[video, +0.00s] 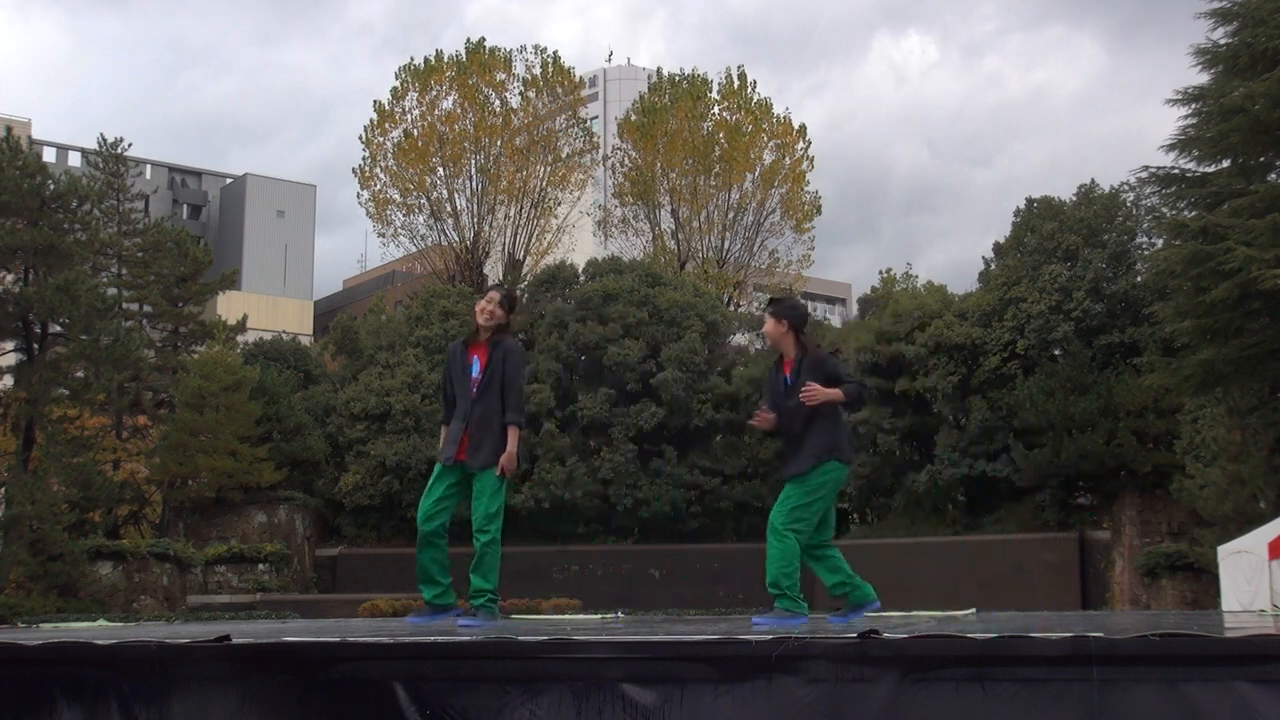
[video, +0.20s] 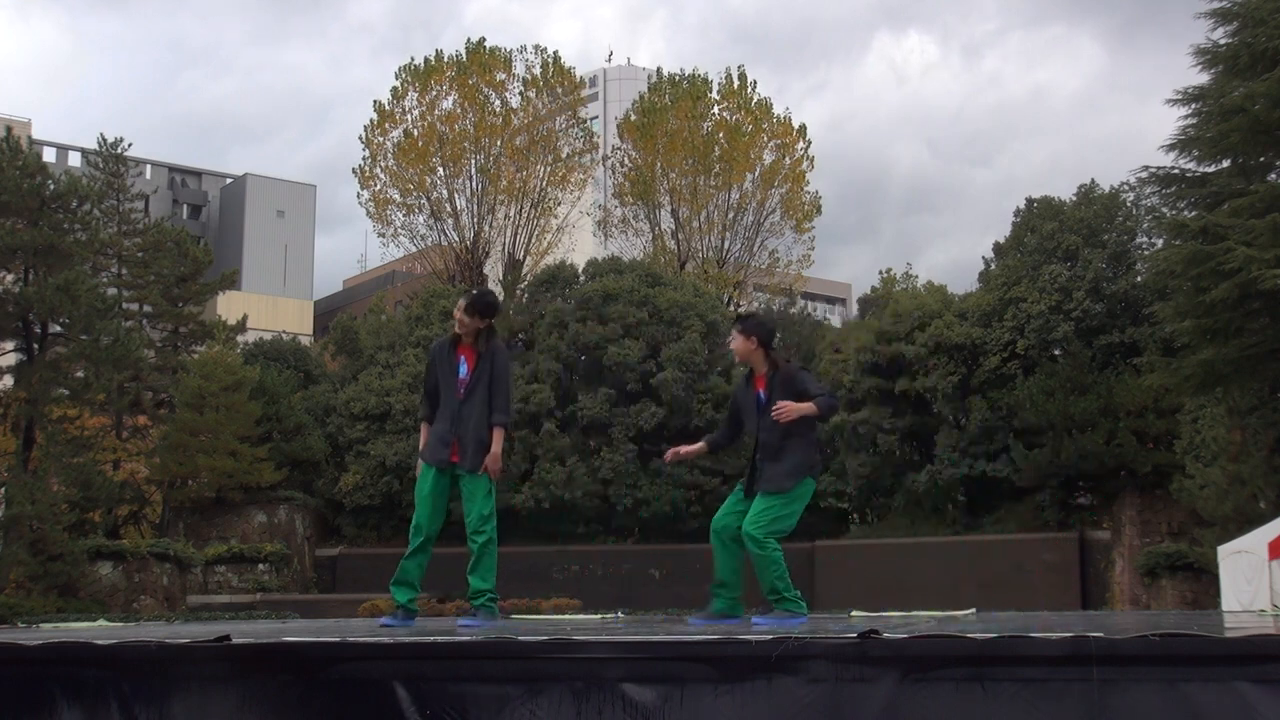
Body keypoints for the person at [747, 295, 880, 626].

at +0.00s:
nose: (763, 328)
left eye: (767, 322)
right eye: (764, 322)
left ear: (785, 326)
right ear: (784, 327)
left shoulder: (817, 361)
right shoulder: (777, 372)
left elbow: (859, 393)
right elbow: (785, 421)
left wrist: (831, 394)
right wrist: (772, 422)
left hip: (827, 457)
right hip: (806, 460)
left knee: (782, 523)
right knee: (815, 541)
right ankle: (861, 598)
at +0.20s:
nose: (730, 344)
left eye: (735, 338)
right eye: (731, 338)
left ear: (754, 342)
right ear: (752, 343)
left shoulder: (790, 375)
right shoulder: (745, 387)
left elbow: (830, 402)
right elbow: (729, 433)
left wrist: (802, 408)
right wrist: (693, 449)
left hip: (794, 474)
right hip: (760, 474)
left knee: (756, 530)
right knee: (723, 526)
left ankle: (789, 608)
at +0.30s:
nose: (714, 358)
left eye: (718, 351)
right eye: (715, 351)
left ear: (738, 352)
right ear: (737, 353)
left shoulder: (777, 382)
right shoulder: (732, 396)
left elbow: (817, 408)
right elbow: (721, 442)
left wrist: (794, 420)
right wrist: (686, 466)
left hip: (780, 484)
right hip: (744, 484)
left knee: (746, 536)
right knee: (706, 532)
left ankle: (788, 608)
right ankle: (684, 606)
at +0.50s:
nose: (707, 341)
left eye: (710, 334)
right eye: (706, 335)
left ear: (732, 333)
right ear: (729, 335)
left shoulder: (764, 363)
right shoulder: (725, 376)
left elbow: (800, 390)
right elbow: (714, 421)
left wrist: (787, 408)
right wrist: (679, 438)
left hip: (780, 467)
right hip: (743, 468)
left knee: (757, 529)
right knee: (720, 532)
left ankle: (787, 607)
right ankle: (703, 606)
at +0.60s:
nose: (706, 332)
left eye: (711, 325)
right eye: (705, 326)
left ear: (733, 325)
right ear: (722, 328)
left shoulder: (765, 359)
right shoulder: (719, 371)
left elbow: (799, 379)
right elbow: (689, 398)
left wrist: (809, 393)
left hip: (784, 462)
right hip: (747, 465)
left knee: (766, 528)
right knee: (735, 528)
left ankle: (788, 607)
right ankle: (738, 607)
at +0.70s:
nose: (713, 327)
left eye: (719, 319)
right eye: (712, 321)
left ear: (741, 320)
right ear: (728, 323)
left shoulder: (772, 357)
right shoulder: (715, 365)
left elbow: (806, 375)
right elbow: (682, 380)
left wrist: (834, 385)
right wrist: (642, 370)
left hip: (783, 460)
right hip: (744, 462)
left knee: (772, 528)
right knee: (743, 531)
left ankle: (787, 606)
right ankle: (754, 604)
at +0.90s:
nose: (740, 323)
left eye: (746, 316)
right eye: (735, 317)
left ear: (765, 315)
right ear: (731, 320)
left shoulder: (787, 355)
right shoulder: (722, 354)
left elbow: (821, 388)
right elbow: (687, 369)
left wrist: (858, 406)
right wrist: (674, 357)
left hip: (777, 458)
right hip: (736, 458)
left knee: (773, 528)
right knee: (740, 533)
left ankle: (784, 605)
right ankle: (752, 604)